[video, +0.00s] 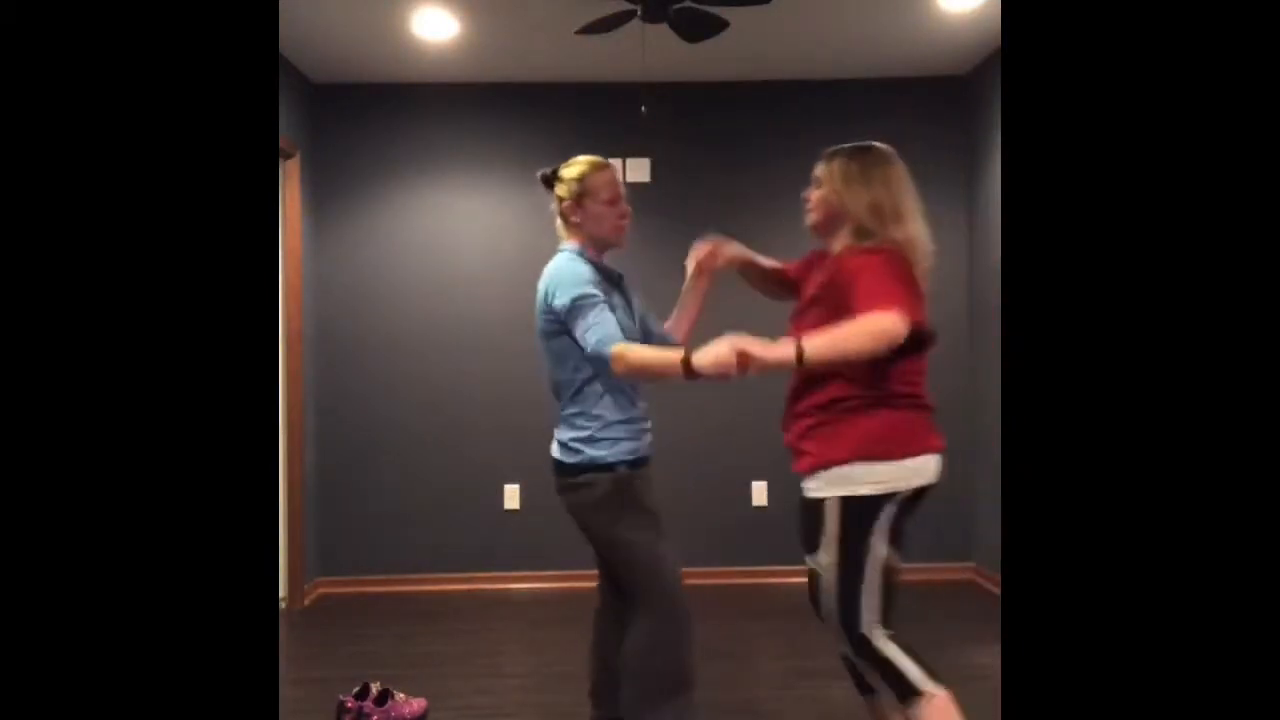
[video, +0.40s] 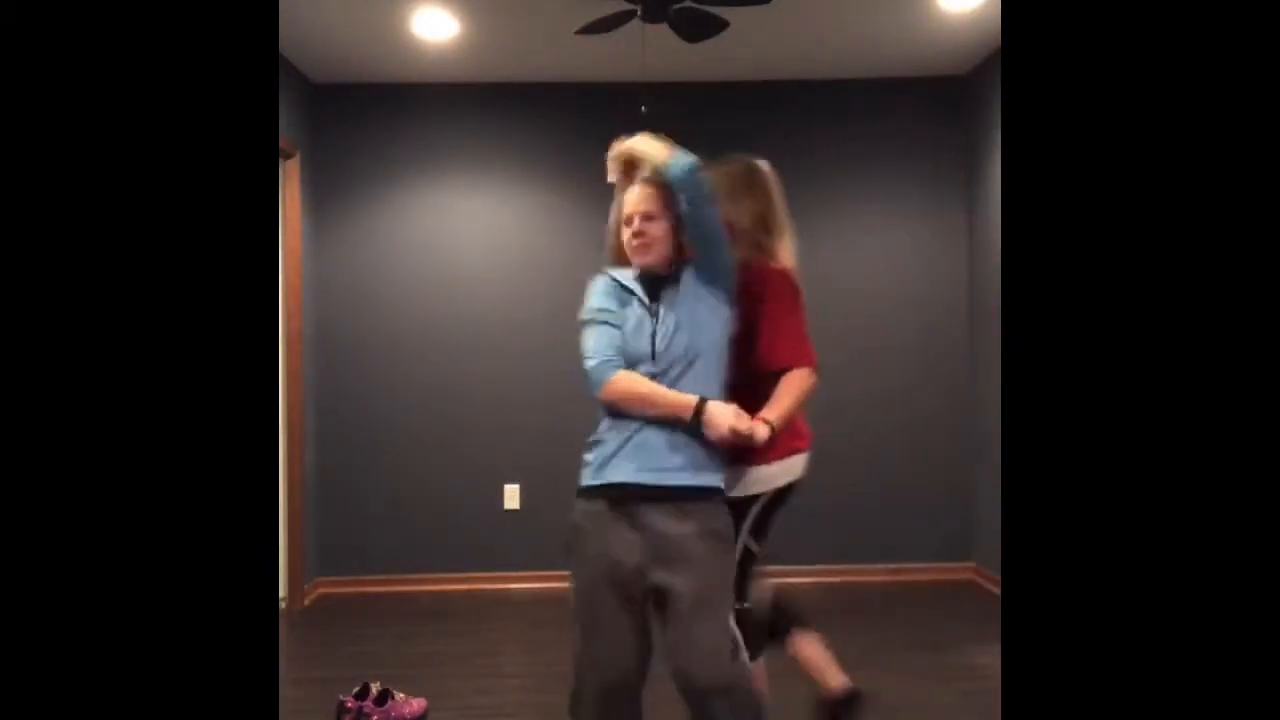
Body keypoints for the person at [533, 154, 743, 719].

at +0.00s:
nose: (624, 210)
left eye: (623, 199)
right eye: (610, 202)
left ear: (614, 206)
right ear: (573, 211)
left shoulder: (602, 276)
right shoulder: (569, 275)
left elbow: (665, 345)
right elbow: (618, 356)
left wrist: (699, 280)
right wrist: (694, 361)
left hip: (620, 465)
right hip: (596, 470)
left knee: (624, 601)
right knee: (661, 601)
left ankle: (612, 707)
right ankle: (656, 709)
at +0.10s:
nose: (628, 208)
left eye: (627, 197)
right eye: (612, 201)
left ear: (628, 204)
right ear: (576, 214)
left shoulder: (629, 285)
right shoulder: (570, 281)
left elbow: (707, 313)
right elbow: (609, 370)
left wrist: (702, 234)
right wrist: (692, 390)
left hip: (644, 475)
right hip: (596, 478)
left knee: (644, 626)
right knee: (626, 629)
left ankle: (613, 706)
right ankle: (610, 709)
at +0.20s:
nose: (631, 207)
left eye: (638, 196)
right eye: (615, 198)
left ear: (648, 207)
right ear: (589, 213)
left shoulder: (661, 276)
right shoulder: (573, 282)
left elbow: (736, 256)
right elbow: (601, 379)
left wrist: (701, 186)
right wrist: (692, 408)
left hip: (662, 479)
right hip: (592, 483)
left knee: (677, 635)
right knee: (620, 638)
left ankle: (650, 713)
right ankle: (610, 715)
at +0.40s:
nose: (635, 231)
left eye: (648, 219)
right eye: (628, 221)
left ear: (681, 224)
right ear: (618, 231)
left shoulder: (711, 287)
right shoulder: (608, 289)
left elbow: (689, 176)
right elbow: (606, 382)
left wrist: (639, 151)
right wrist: (701, 410)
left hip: (691, 504)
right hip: (608, 504)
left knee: (709, 673)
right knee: (606, 679)